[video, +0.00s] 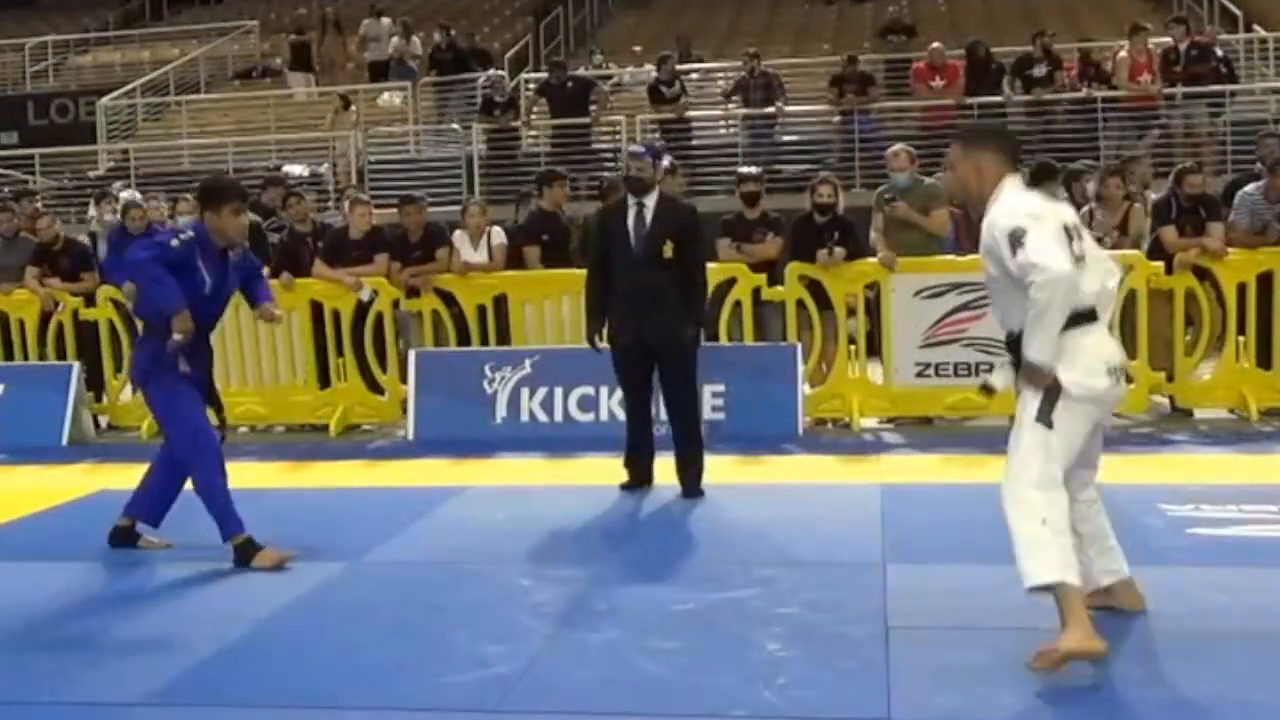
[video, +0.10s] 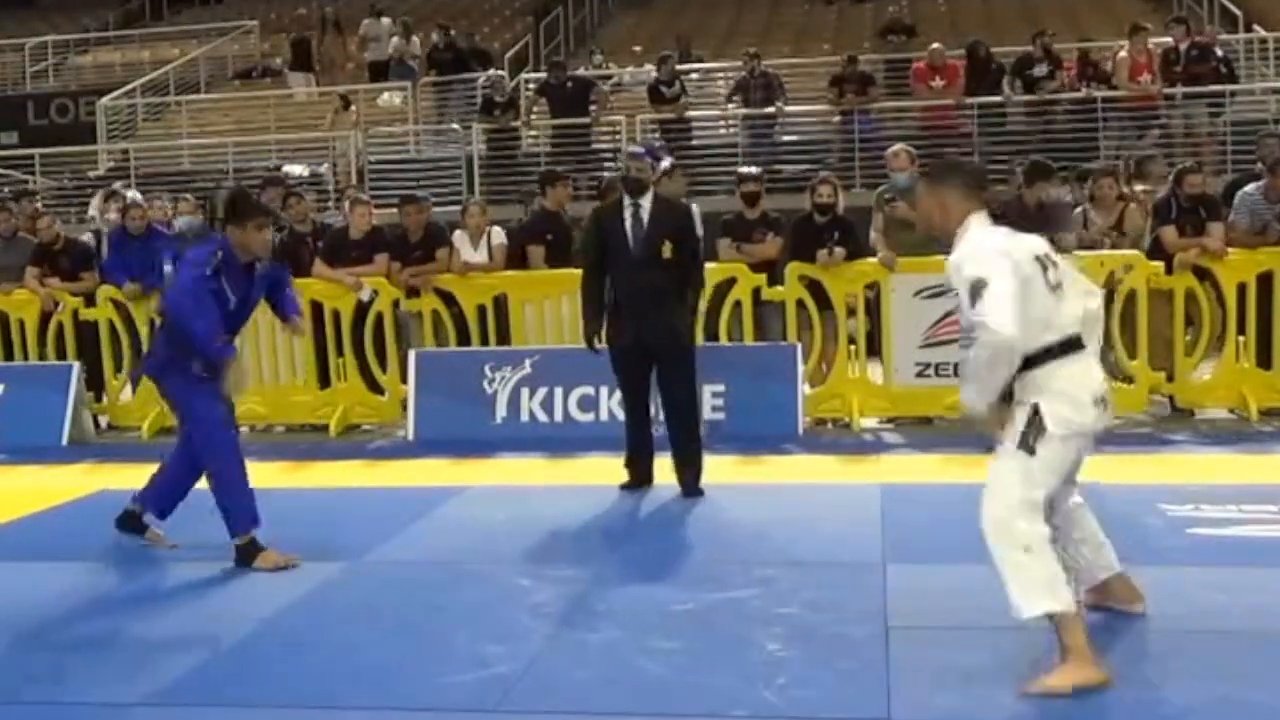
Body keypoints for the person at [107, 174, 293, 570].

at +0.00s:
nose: (246, 222)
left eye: (245, 214)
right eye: (237, 215)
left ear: (234, 216)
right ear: (212, 217)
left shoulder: (235, 250)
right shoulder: (185, 242)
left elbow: (253, 276)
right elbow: (138, 261)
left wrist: (263, 302)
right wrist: (175, 308)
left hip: (194, 359)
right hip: (160, 359)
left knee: (186, 441)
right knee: (201, 441)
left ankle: (129, 525)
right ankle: (241, 543)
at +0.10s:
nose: (269, 239)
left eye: (270, 230)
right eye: (262, 231)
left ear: (259, 231)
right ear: (237, 230)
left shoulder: (260, 263)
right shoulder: (204, 257)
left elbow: (277, 284)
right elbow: (181, 300)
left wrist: (290, 312)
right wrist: (220, 349)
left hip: (208, 362)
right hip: (175, 360)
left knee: (202, 440)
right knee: (218, 433)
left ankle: (138, 512)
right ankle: (245, 541)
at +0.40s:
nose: (328, 266)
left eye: (331, 258)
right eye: (321, 257)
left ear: (332, 256)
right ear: (296, 253)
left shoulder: (305, 276)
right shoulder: (253, 280)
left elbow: (299, 309)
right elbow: (233, 351)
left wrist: (302, 339)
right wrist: (282, 388)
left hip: (241, 347)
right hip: (204, 351)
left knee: (275, 427)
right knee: (238, 436)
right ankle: (246, 543)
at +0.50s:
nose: (350, 268)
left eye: (353, 260)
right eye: (344, 259)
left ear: (352, 259)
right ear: (319, 255)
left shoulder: (326, 277)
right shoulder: (271, 279)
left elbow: (310, 308)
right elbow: (240, 344)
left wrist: (313, 339)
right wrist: (279, 389)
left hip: (260, 344)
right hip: (221, 348)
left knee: (291, 419)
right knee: (244, 439)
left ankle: (299, 512)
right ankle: (247, 545)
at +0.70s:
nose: (379, 278)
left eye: (382, 270)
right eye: (372, 269)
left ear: (383, 267)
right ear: (347, 265)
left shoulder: (366, 288)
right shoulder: (301, 283)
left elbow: (364, 322)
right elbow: (250, 340)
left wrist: (364, 359)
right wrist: (277, 384)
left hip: (307, 357)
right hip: (264, 353)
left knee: (338, 427)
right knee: (305, 420)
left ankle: (323, 521)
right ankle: (271, 523)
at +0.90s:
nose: (399, 292)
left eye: (401, 282)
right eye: (390, 283)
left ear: (404, 279)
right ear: (366, 279)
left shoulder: (399, 302)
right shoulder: (323, 298)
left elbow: (409, 333)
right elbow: (276, 355)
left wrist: (417, 375)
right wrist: (300, 401)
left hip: (342, 366)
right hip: (298, 365)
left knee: (366, 443)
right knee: (325, 435)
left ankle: (332, 520)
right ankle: (352, 539)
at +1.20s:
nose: (418, 297)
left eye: (423, 288)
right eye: (408, 288)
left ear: (430, 284)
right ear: (388, 282)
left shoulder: (435, 305)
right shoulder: (349, 301)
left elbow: (437, 342)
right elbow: (321, 356)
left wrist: (432, 385)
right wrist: (352, 407)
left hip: (385, 366)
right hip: (337, 364)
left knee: (430, 428)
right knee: (346, 440)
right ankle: (354, 543)